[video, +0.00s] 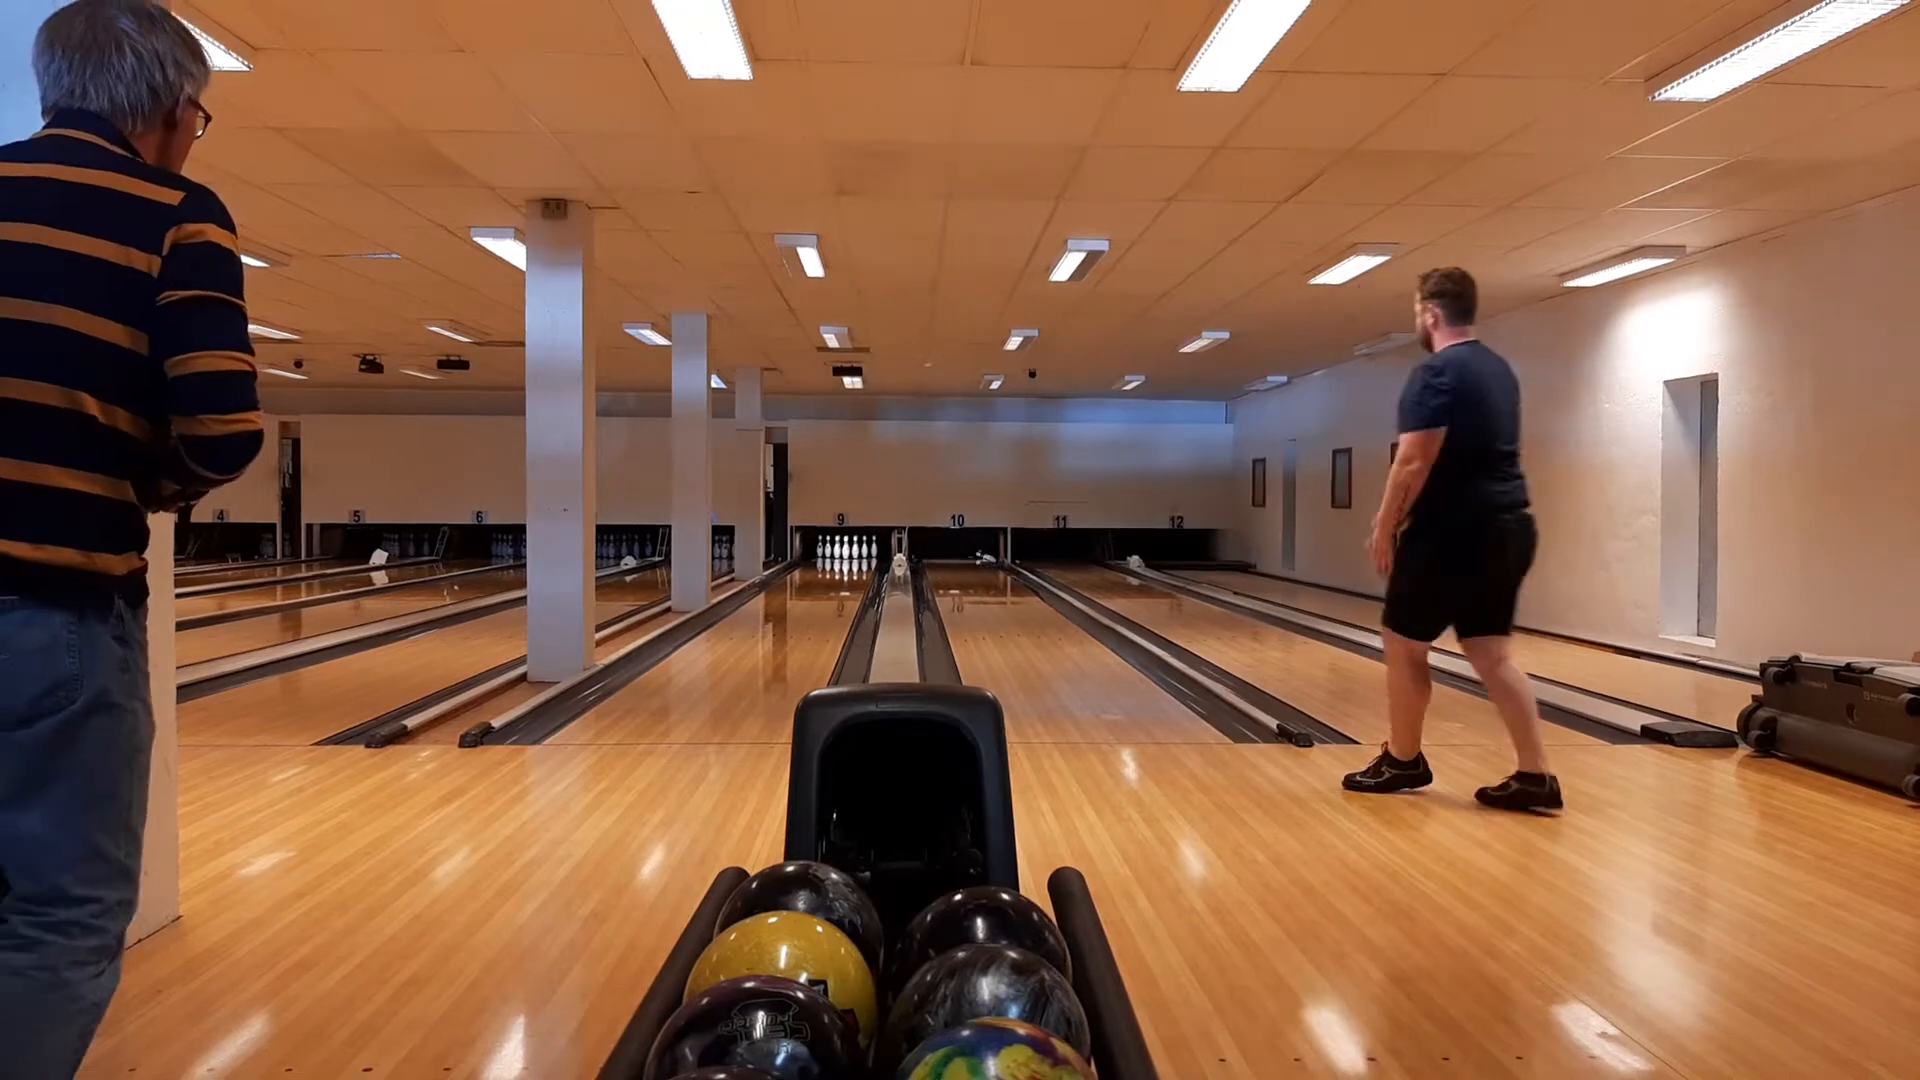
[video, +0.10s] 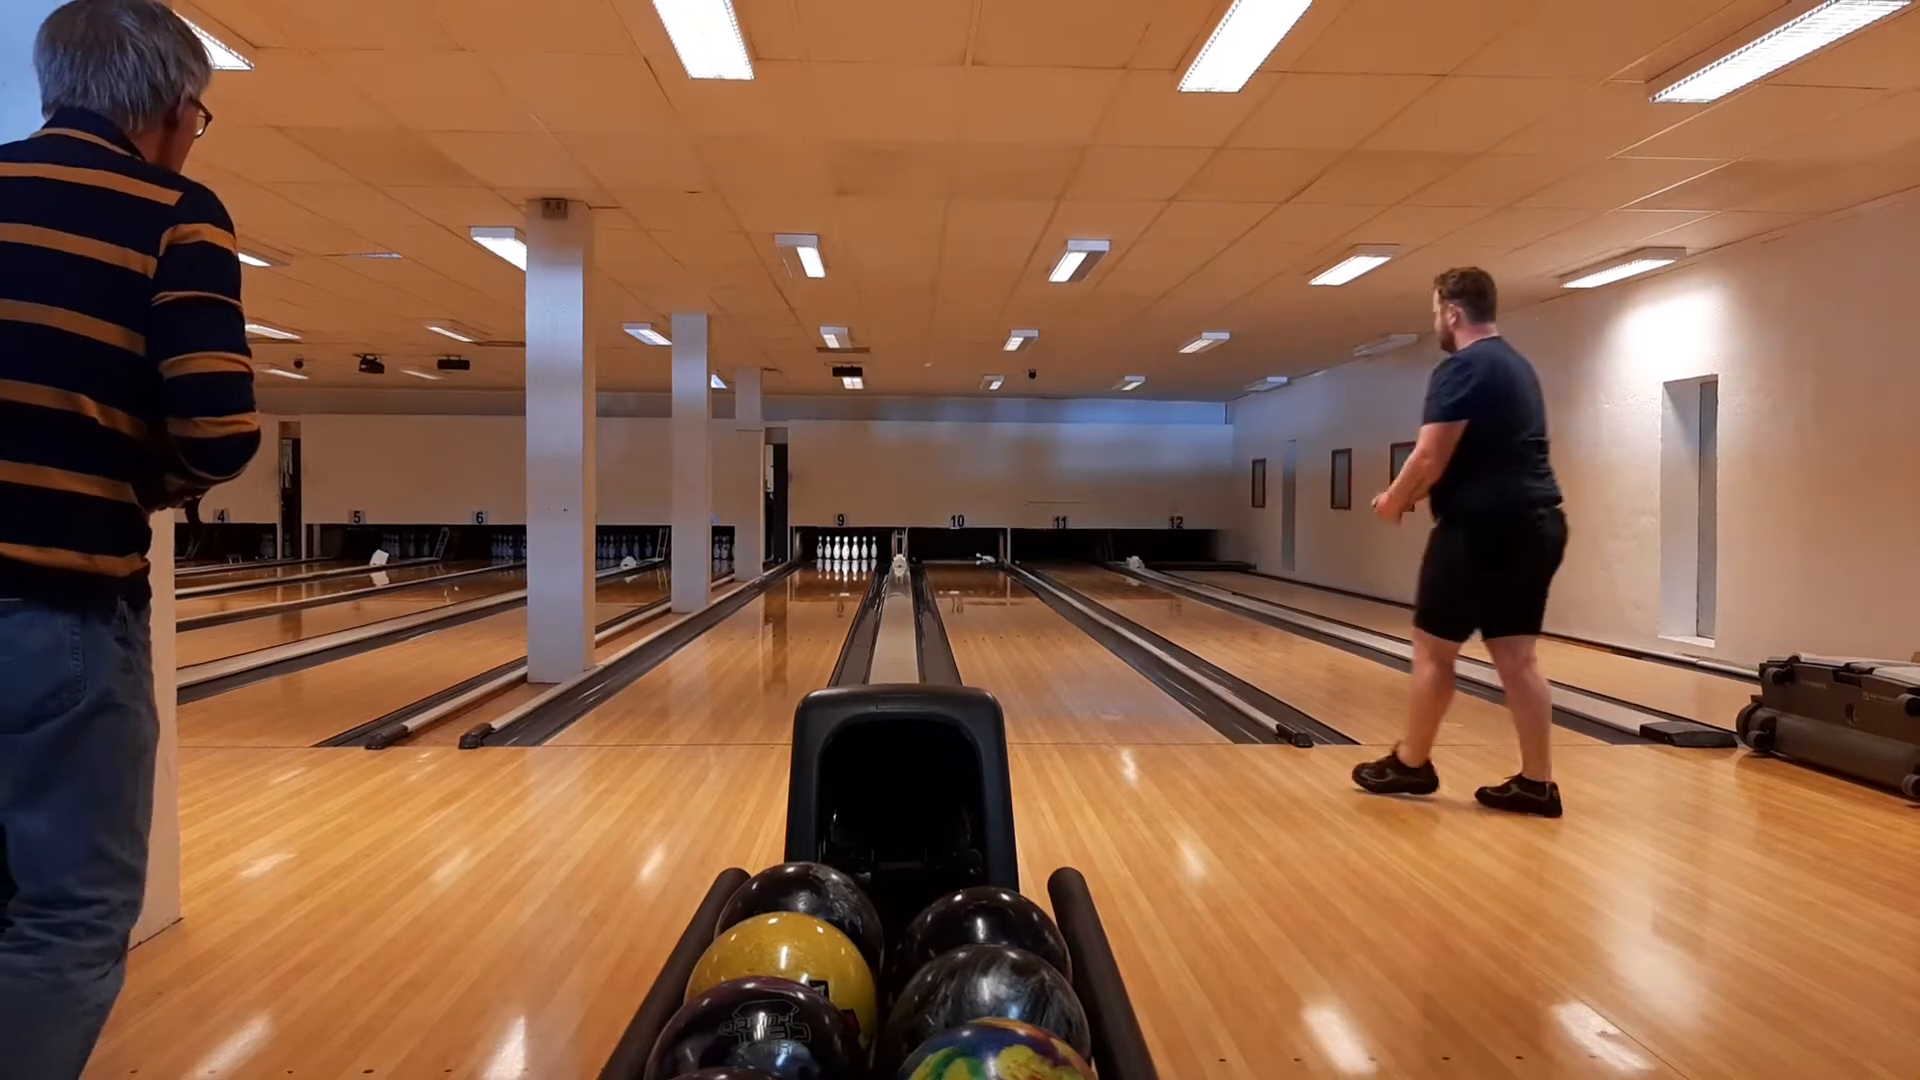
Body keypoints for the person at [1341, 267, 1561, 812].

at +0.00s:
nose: (1417, 321)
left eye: (1417, 313)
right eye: (1419, 312)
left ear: (1430, 314)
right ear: (1470, 313)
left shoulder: (1436, 373)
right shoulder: (1499, 370)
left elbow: (1414, 461)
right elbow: (1492, 456)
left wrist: (1383, 528)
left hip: (1447, 530)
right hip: (1508, 526)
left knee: (1403, 639)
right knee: (1490, 650)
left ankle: (1403, 759)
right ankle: (1535, 776)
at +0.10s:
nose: (1435, 323)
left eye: (1436, 313)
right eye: (1437, 313)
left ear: (1451, 312)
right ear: (1487, 312)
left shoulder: (1460, 371)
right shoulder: (1517, 366)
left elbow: (1427, 461)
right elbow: (1499, 453)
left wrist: (1393, 499)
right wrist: (1417, 492)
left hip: (1475, 530)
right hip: (1534, 525)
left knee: (1435, 650)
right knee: (1517, 658)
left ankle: (1412, 763)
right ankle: (1537, 782)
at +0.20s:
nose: (1452, 324)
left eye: (1452, 312)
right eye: (1451, 313)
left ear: (1471, 306)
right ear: (1502, 305)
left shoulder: (1490, 359)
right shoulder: (1534, 357)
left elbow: (1450, 446)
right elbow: (1496, 455)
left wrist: (1408, 482)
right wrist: (1434, 491)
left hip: (1504, 524)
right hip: (1554, 520)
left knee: (1467, 648)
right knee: (1535, 653)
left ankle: (1459, 775)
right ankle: (1538, 783)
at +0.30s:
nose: (1468, 324)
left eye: (1469, 312)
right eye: (1466, 314)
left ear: (1496, 305)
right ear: (1511, 306)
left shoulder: (1516, 357)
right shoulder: (1547, 354)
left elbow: (1482, 441)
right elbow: (1523, 456)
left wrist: (1434, 483)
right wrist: (1467, 503)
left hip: (1530, 521)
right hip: (1568, 518)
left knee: (1494, 644)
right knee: (1550, 649)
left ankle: (1527, 783)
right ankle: (1540, 784)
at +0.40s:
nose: (1488, 318)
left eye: (1492, 306)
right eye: (1487, 308)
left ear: (1525, 301)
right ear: (1530, 303)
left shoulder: (1547, 357)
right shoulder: (1554, 355)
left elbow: (1524, 447)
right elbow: (1547, 457)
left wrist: (1470, 504)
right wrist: (1508, 521)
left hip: (1565, 526)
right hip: (1562, 524)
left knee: (1549, 658)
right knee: (1556, 657)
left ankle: (1593, 795)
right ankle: (1541, 781)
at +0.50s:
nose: (1509, 312)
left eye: (1515, 301)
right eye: (1508, 302)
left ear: (1551, 299)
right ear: (1548, 301)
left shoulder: (1576, 356)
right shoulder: (1557, 359)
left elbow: (1570, 448)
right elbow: (1565, 449)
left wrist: (1521, 526)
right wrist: (1527, 527)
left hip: (1588, 531)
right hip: (1555, 532)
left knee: (1597, 669)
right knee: (1559, 664)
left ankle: (1634, 806)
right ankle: (1541, 783)